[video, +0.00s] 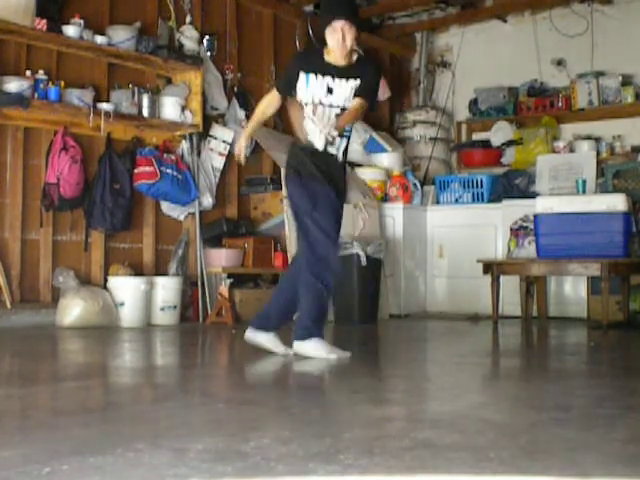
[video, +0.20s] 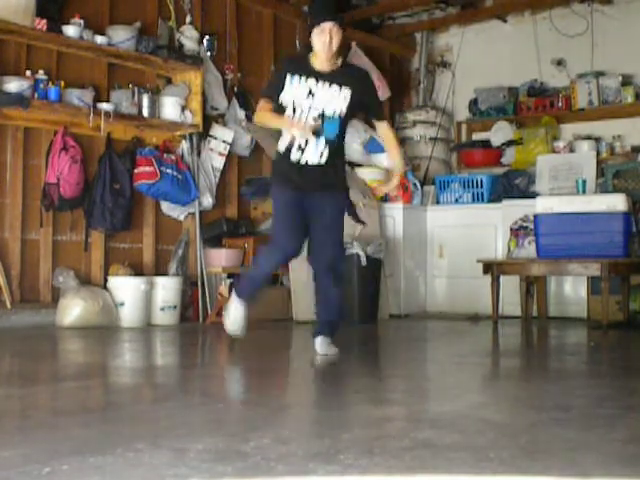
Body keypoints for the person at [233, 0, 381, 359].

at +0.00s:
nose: (345, 34)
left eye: (349, 27)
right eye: (338, 28)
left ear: (357, 32)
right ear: (325, 32)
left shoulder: (366, 68)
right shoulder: (304, 62)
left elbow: (360, 105)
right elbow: (275, 96)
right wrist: (248, 130)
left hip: (335, 169)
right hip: (304, 164)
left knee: (316, 249)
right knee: (322, 246)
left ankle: (263, 326)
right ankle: (307, 336)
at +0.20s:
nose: (331, 38)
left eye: (336, 31)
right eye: (324, 31)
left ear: (343, 37)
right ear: (311, 35)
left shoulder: (357, 79)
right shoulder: (290, 68)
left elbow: (379, 122)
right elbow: (261, 113)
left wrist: (398, 163)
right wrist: (291, 123)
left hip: (329, 182)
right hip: (288, 178)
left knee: (327, 259)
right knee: (287, 244)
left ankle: (325, 333)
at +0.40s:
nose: (306, 35)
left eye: (313, 28)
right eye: (300, 28)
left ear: (323, 29)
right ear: (292, 28)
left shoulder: (338, 61)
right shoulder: (282, 48)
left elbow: (376, 91)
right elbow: (273, 80)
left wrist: (355, 107)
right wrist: (319, 86)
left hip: (308, 175)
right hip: (268, 170)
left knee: (318, 254)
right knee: (246, 240)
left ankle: (330, 324)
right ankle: (258, 292)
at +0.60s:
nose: (294, 60)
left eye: (300, 53)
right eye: (287, 53)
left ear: (311, 53)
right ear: (278, 52)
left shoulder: (322, 89)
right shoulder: (265, 73)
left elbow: (332, 142)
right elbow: (223, 77)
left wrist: (302, 111)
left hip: (301, 192)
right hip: (260, 190)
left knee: (316, 267)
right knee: (253, 265)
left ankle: (327, 331)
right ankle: (227, 332)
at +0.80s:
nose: (297, 49)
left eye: (303, 41)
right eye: (290, 42)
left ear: (310, 38)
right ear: (278, 40)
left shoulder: (318, 57)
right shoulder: (255, 64)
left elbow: (338, 82)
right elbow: (217, 88)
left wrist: (305, 72)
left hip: (324, 171)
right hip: (286, 175)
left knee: (349, 241)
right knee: (290, 249)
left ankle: (340, 313)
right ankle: (265, 314)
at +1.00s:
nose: (290, 52)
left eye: (295, 45)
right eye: (283, 46)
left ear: (304, 43)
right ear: (273, 47)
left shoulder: (325, 73)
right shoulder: (260, 83)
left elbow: (354, 110)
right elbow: (255, 125)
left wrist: (332, 137)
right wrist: (276, 137)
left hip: (333, 183)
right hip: (295, 189)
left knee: (353, 254)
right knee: (310, 265)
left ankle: (371, 324)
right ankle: (335, 328)